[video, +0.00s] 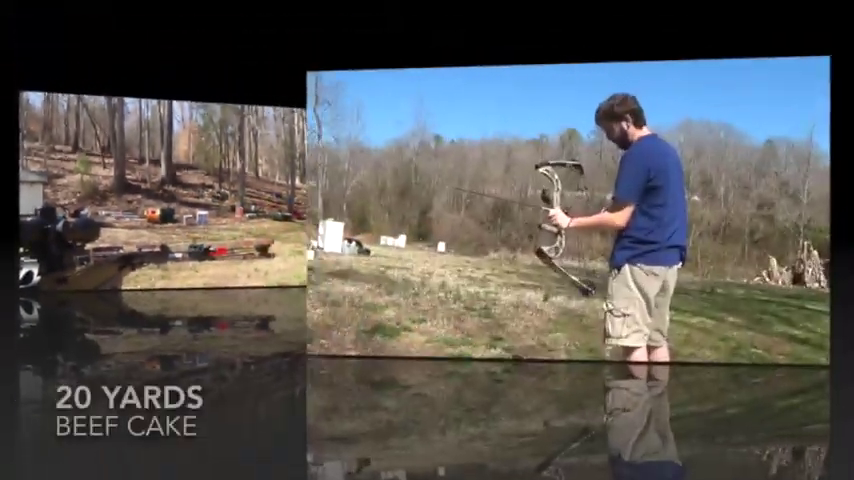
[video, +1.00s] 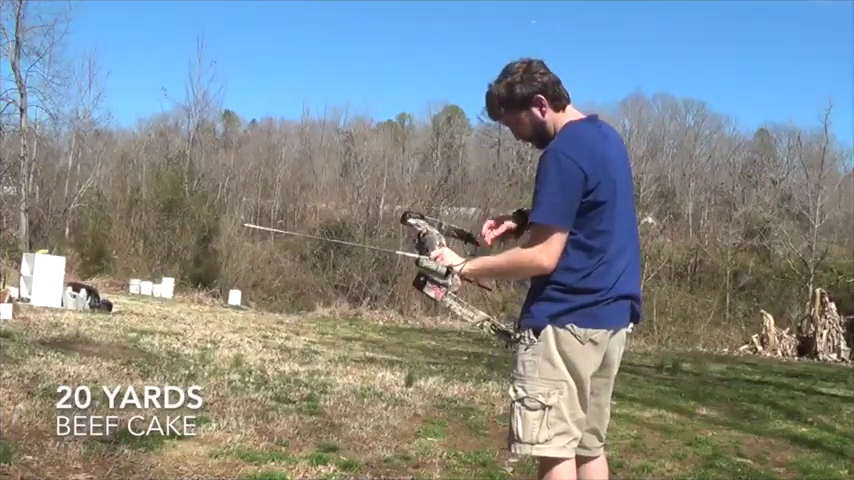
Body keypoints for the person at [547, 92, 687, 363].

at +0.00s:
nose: (609, 138)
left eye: (609, 131)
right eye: (606, 132)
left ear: (626, 122)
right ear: (631, 121)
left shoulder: (637, 155)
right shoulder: (665, 151)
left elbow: (618, 218)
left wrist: (569, 222)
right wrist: (614, 209)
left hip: (639, 261)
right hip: (668, 260)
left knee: (633, 342)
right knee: (656, 340)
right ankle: (658, 400)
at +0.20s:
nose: (532, 127)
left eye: (532, 117)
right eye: (528, 119)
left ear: (557, 103)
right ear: (564, 103)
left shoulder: (574, 150)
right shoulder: (618, 146)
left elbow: (546, 243)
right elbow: (595, 234)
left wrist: (475, 249)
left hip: (576, 306)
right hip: (618, 304)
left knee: (567, 422)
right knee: (602, 418)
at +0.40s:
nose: (514, 129)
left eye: (511, 117)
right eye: (508, 120)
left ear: (537, 99)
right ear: (543, 98)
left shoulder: (556, 149)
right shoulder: (607, 143)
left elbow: (530, 252)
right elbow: (580, 239)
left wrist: (452, 261)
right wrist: (508, 244)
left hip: (560, 320)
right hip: (608, 317)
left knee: (551, 451)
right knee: (588, 447)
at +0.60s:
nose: (513, 130)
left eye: (510, 119)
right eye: (507, 121)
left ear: (536, 101)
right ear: (544, 99)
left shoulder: (557, 149)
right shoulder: (607, 142)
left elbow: (536, 253)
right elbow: (586, 238)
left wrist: (458, 262)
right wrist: (516, 244)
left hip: (562, 320)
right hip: (609, 317)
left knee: (553, 452)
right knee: (589, 448)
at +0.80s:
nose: (512, 131)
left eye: (510, 119)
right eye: (506, 122)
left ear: (536, 103)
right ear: (544, 99)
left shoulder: (560, 150)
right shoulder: (605, 140)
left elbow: (538, 256)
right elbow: (592, 228)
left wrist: (461, 264)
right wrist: (534, 226)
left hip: (564, 320)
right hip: (610, 316)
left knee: (554, 453)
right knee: (589, 448)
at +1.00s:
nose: (515, 135)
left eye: (513, 123)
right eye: (509, 126)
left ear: (539, 106)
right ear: (545, 102)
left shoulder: (564, 153)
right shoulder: (606, 137)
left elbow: (542, 257)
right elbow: (584, 217)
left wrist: (464, 268)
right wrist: (524, 221)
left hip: (566, 319)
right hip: (611, 315)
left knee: (555, 452)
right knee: (589, 447)